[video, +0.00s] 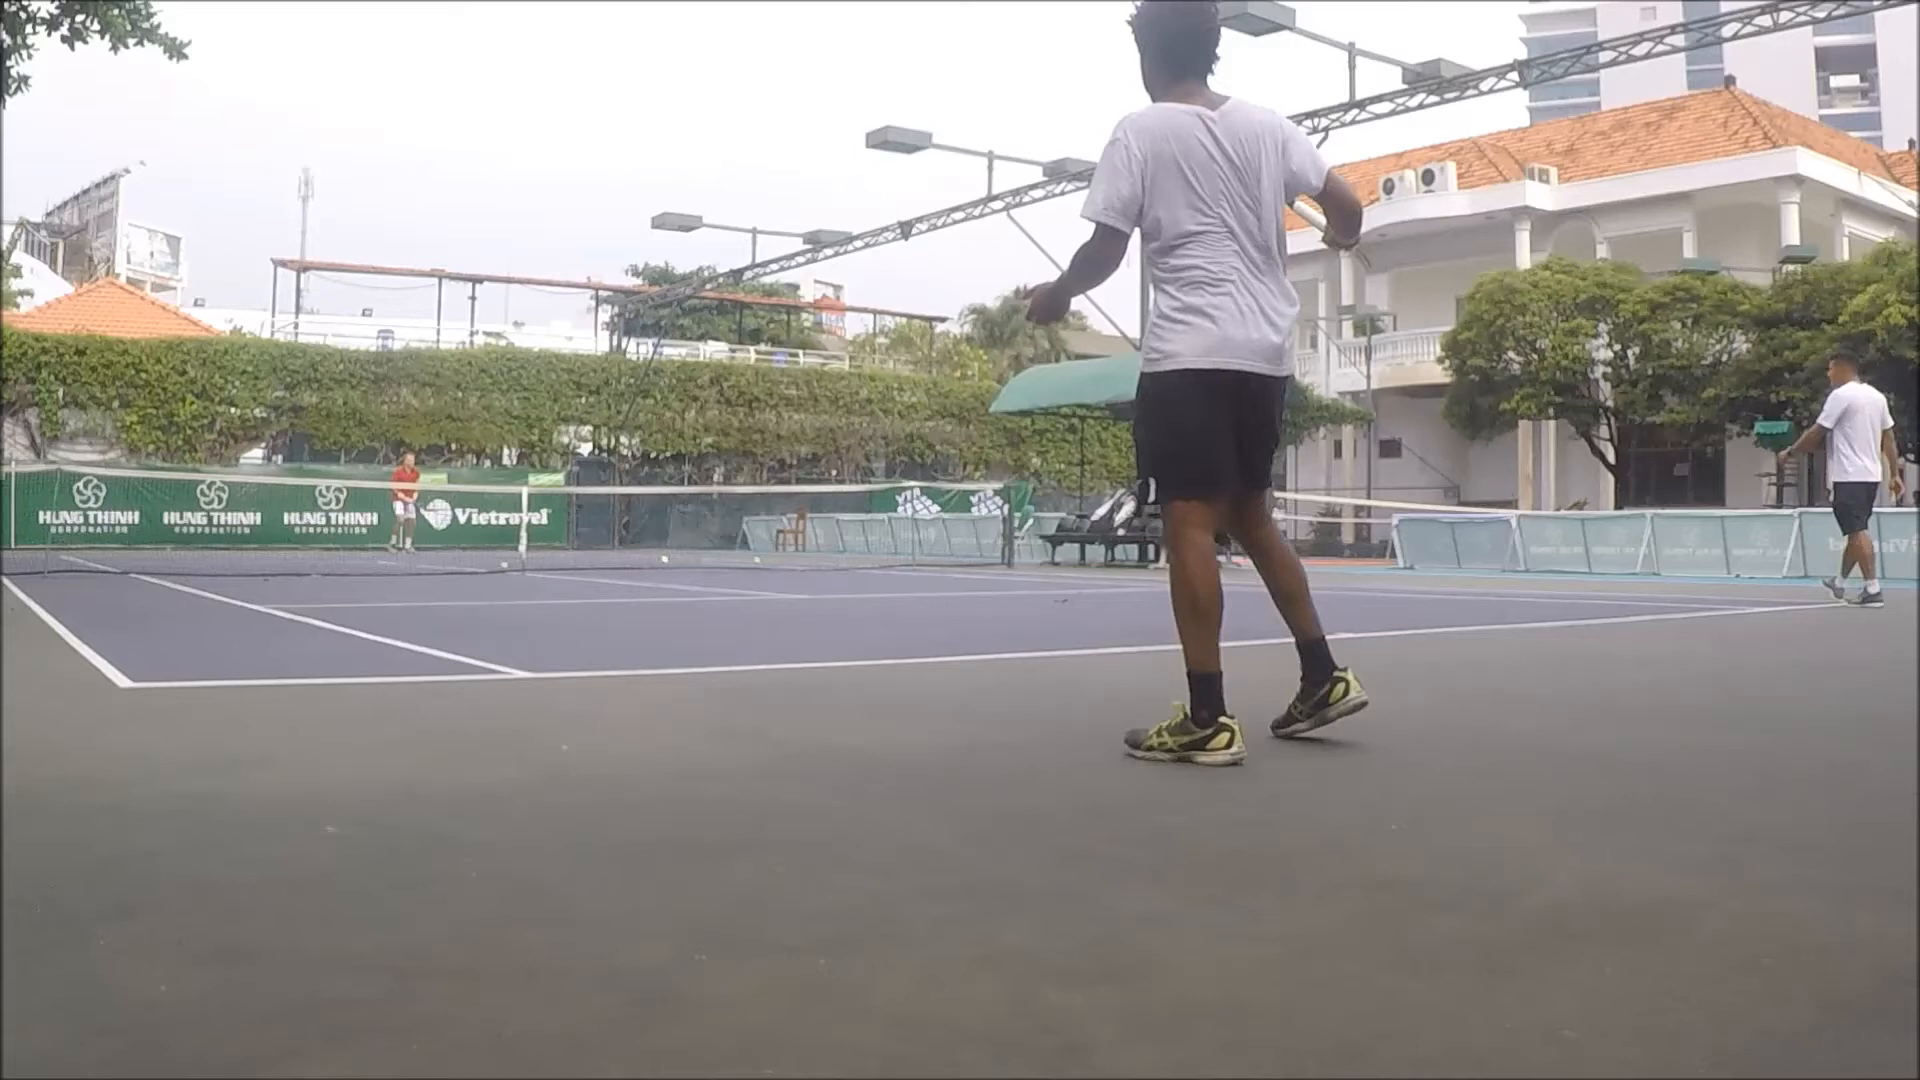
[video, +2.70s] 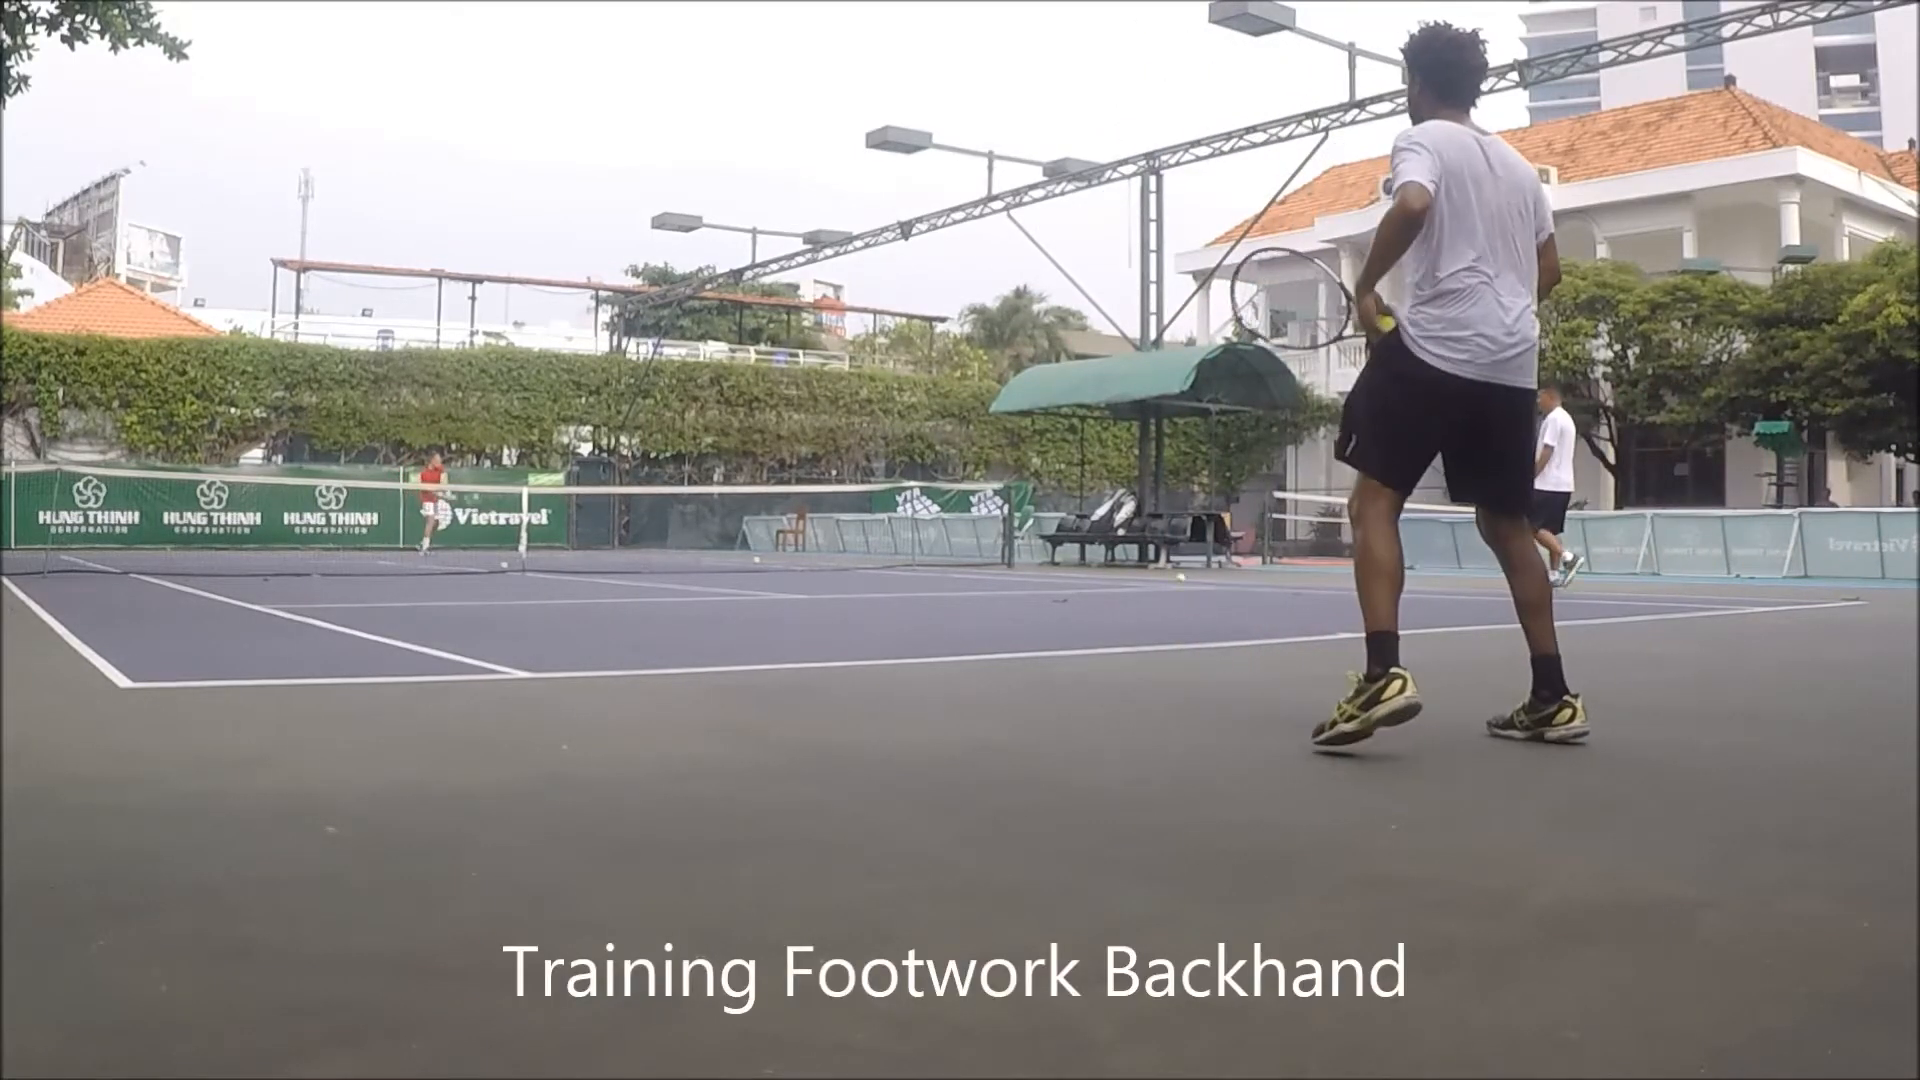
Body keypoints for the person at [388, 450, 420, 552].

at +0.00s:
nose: (411, 462)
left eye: (412, 460)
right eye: (408, 460)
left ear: (414, 461)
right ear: (404, 460)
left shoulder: (416, 473)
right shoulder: (397, 471)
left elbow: (416, 486)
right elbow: (394, 487)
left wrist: (414, 497)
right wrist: (405, 498)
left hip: (410, 497)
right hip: (399, 497)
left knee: (411, 519)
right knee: (400, 517)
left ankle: (408, 543)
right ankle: (393, 541)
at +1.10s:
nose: (417, 462)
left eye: (419, 459)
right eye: (414, 459)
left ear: (421, 461)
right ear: (410, 460)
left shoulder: (423, 471)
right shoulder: (404, 470)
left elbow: (425, 483)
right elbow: (401, 484)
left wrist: (419, 494)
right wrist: (408, 494)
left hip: (419, 498)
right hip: (408, 497)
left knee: (421, 520)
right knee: (407, 520)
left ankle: (422, 542)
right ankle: (405, 540)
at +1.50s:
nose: (428, 466)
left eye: (430, 464)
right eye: (426, 464)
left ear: (432, 465)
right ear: (422, 465)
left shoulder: (433, 476)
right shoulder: (414, 474)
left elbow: (434, 489)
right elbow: (409, 488)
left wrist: (429, 499)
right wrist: (417, 499)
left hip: (426, 504)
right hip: (414, 504)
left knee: (433, 522)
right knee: (410, 524)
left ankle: (432, 544)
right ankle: (398, 542)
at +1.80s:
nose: (438, 465)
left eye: (440, 463)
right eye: (436, 462)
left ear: (441, 464)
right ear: (431, 463)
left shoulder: (441, 476)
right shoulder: (424, 473)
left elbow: (440, 488)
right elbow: (418, 487)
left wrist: (436, 498)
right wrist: (426, 500)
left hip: (434, 500)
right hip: (423, 500)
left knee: (438, 523)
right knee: (424, 520)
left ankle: (431, 545)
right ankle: (411, 542)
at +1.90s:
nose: (440, 465)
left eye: (441, 463)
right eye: (438, 463)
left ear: (442, 465)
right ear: (432, 464)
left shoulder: (442, 477)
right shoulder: (425, 474)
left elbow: (441, 491)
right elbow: (421, 488)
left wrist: (437, 503)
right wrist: (428, 501)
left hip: (435, 502)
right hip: (425, 501)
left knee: (439, 523)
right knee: (429, 519)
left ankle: (431, 545)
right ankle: (416, 540)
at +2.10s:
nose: (441, 465)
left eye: (442, 462)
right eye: (438, 462)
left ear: (442, 463)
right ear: (432, 462)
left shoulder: (437, 474)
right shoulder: (430, 474)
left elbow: (437, 489)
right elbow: (434, 489)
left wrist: (441, 500)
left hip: (433, 500)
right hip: (426, 500)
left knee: (436, 521)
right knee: (431, 521)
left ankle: (431, 544)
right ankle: (420, 545)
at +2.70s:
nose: (439, 463)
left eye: (440, 460)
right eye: (437, 461)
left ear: (441, 461)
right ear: (431, 461)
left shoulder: (442, 472)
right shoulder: (422, 473)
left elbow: (444, 486)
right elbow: (420, 487)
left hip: (439, 499)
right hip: (427, 499)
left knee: (436, 522)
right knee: (430, 519)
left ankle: (424, 541)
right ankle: (426, 544)